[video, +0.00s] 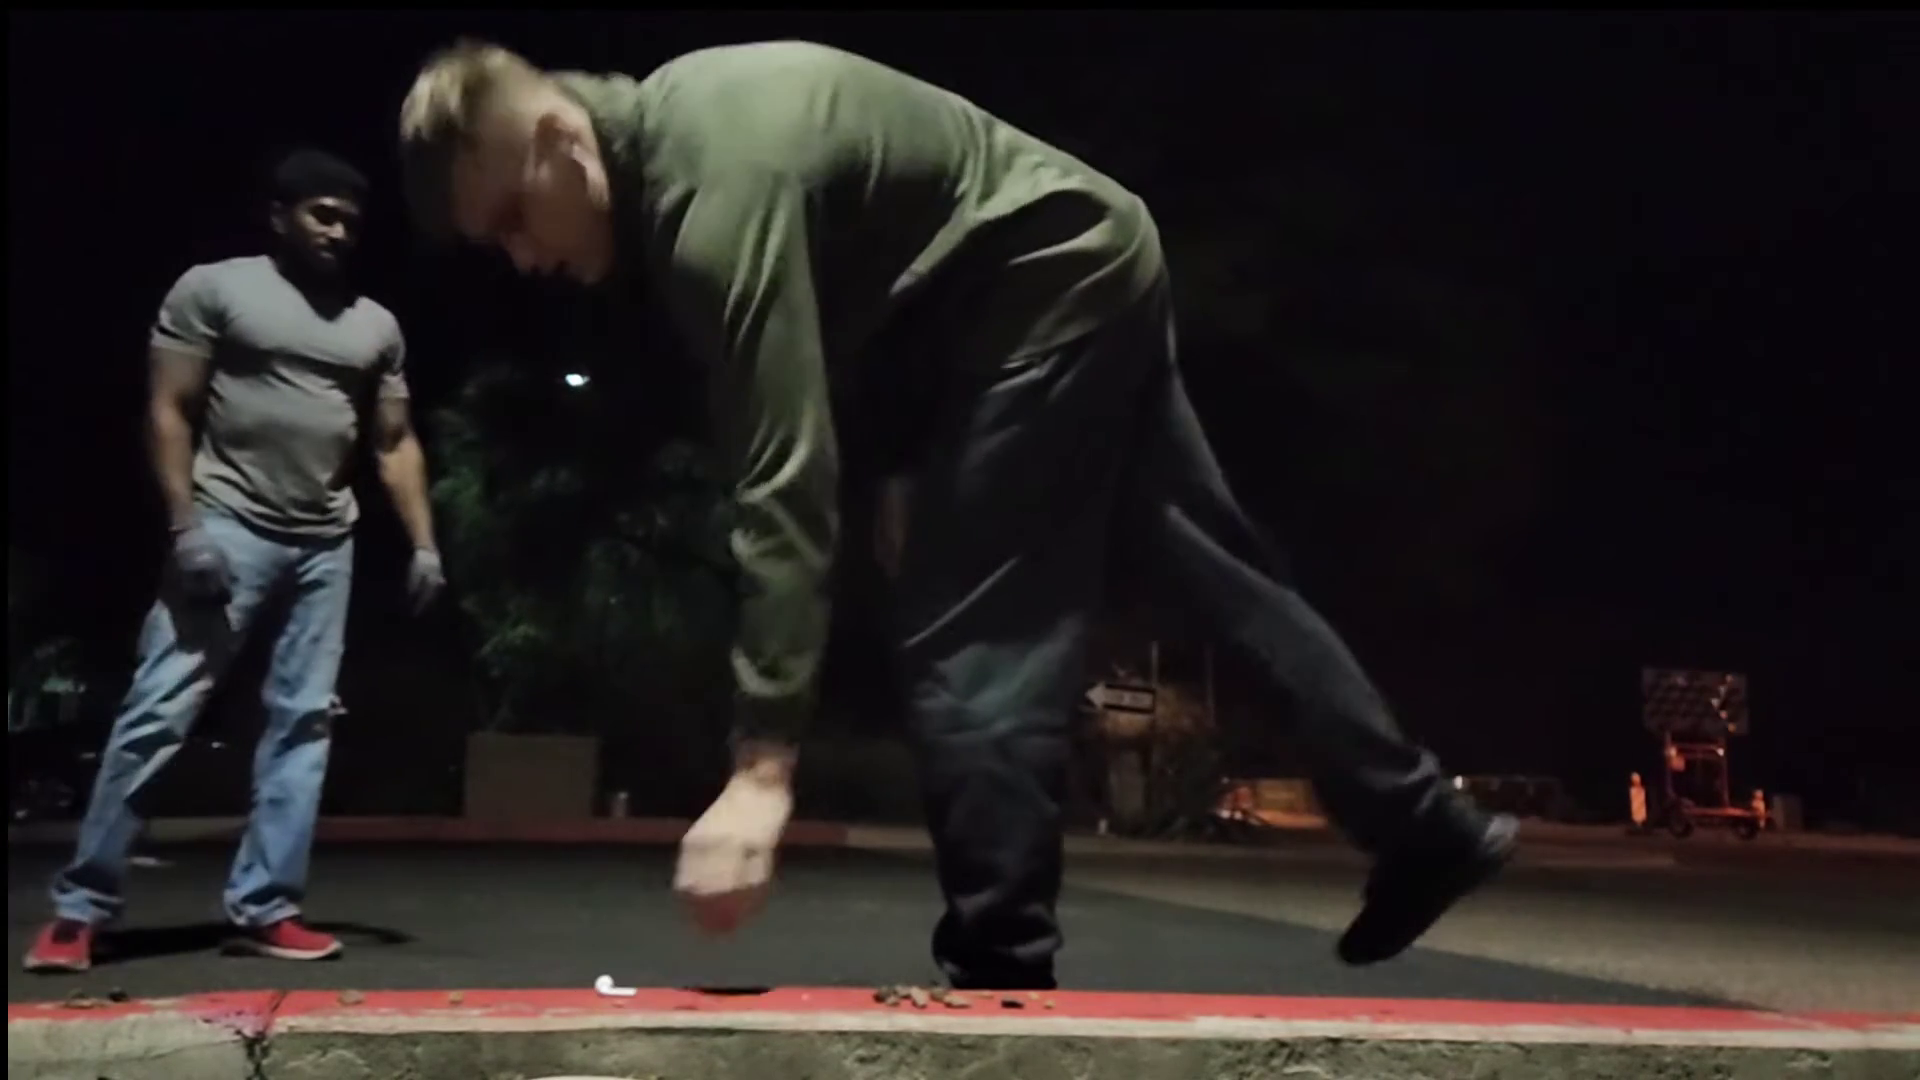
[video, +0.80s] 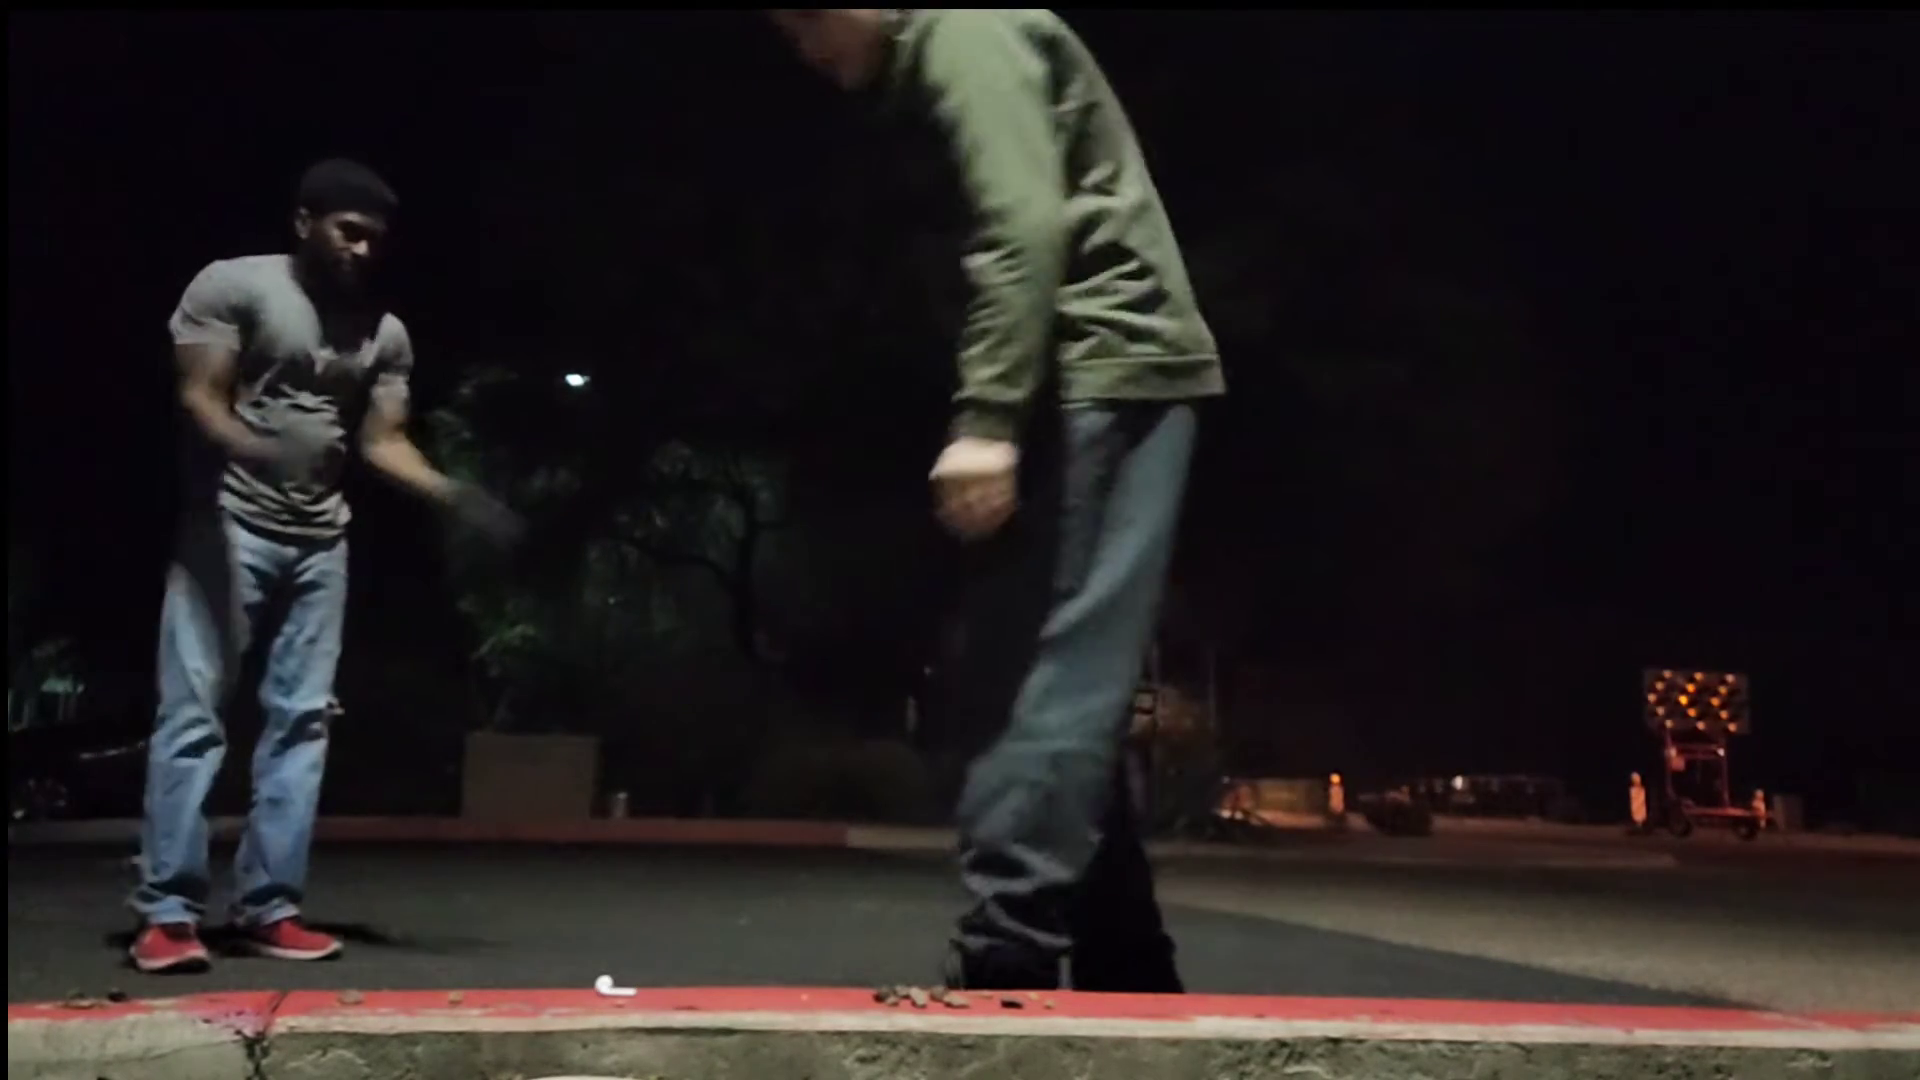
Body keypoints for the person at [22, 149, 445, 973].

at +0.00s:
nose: (338, 235)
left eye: (350, 223)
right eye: (324, 218)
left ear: (361, 232)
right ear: (280, 216)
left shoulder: (375, 329)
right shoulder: (213, 291)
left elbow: (396, 441)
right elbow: (170, 408)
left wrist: (423, 540)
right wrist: (186, 523)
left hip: (326, 544)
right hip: (227, 528)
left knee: (306, 717)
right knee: (160, 712)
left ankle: (265, 906)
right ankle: (83, 907)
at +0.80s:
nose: (361, 250)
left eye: (373, 238)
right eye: (347, 232)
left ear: (384, 243)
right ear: (304, 224)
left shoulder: (384, 333)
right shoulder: (231, 288)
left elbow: (382, 440)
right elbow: (201, 400)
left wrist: (449, 492)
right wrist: (264, 450)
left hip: (322, 544)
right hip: (229, 533)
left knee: (301, 717)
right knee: (195, 712)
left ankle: (269, 907)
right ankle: (167, 913)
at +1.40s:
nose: (325, 319)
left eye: (338, 304)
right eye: (313, 300)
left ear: (347, 304)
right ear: (280, 290)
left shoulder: (351, 365)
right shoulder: (193, 325)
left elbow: (330, 480)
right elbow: (155, 448)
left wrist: (357, 500)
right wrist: (222, 504)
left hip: (263, 538)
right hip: (161, 530)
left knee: (268, 719)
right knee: (150, 717)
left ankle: (266, 905)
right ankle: (162, 912)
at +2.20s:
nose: (417, 356)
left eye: (429, 342)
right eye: (405, 338)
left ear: (440, 341)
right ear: (372, 326)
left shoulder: (446, 399)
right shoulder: (289, 350)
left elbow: (417, 507)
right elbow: (233, 469)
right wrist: (282, 545)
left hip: (349, 548)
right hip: (247, 534)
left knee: (355, 726)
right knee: (201, 717)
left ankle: (342, 912)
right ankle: (167, 913)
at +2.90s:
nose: (479, 381)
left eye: (491, 366)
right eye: (468, 360)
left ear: (499, 363)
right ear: (430, 348)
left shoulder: (496, 425)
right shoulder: (331, 372)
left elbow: (484, 542)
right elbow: (238, 489)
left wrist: (471, 637)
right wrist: (209, 621)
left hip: (389, 550)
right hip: (292, 539)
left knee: (379, 718)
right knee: (267, 697)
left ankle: (343, 911)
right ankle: (242, 910)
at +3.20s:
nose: (437, 455)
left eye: (450, 440)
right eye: (427, 435)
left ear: (466, 431)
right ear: (392, 409)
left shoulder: (465, 473)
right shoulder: (289, 429)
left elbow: (464, 595)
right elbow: (208, 560)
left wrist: (448, 706)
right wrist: (176, 699)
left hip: (353, 550)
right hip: (249, 539)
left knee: (374, 721)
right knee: (215, 720)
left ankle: (340, 917)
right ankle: (175, 920)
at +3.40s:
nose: (408, 536)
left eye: (423, 521)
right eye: (397, 515)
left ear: (441, 505)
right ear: (356, 477)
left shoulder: (430, 525)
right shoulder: (262, 484)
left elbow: (431, 646)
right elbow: (180, 634)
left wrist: (410, 772)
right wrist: (153, 787)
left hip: (302, 536)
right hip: (187, 502)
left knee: (345, 710)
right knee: (184, 704)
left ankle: (333, 917)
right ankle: (179, 920)